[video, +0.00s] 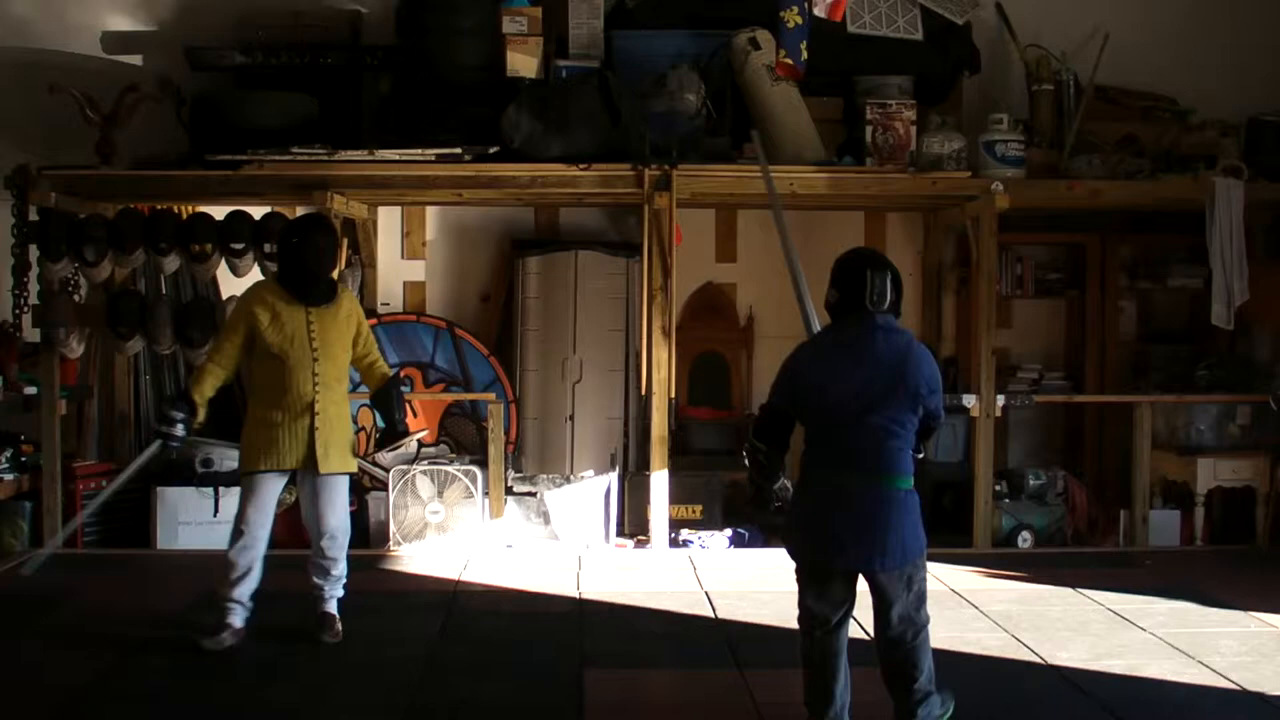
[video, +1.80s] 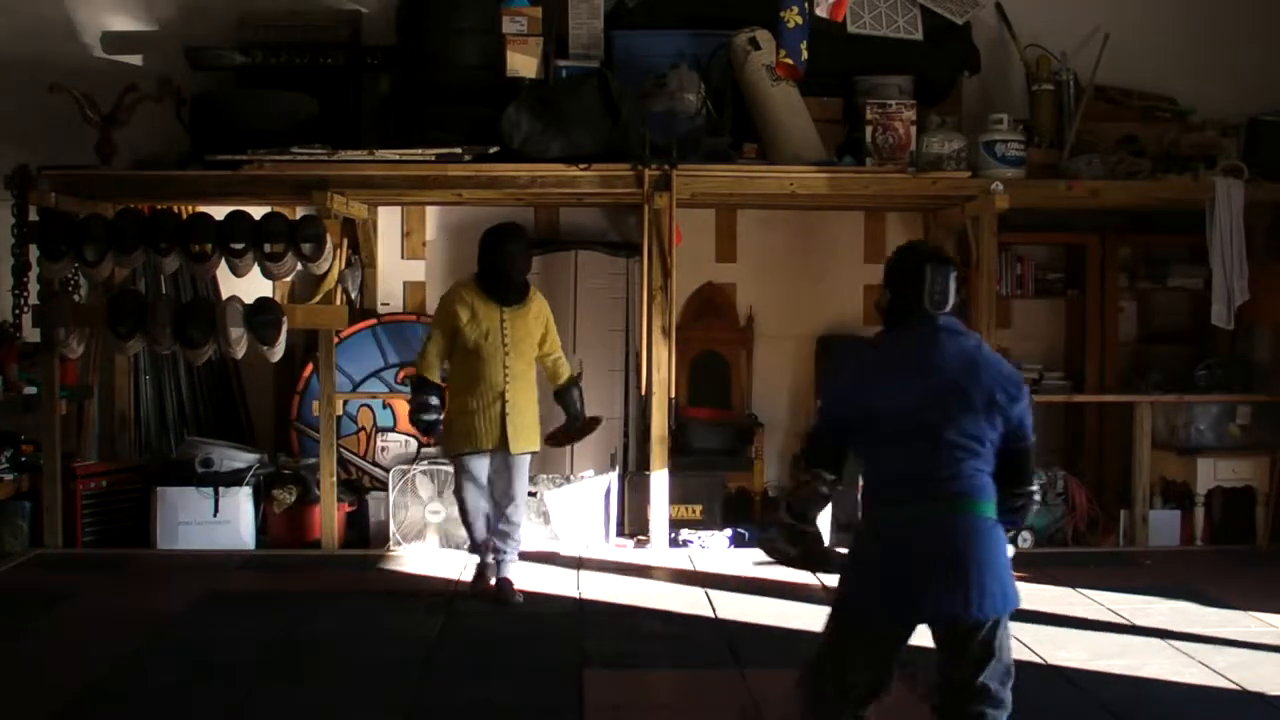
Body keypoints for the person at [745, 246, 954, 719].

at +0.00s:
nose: (828, 298)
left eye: (831, 290)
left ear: (835, 295)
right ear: (893, 297)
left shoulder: (808, 355)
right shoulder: (916, 357)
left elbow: (770, 433)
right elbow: (928, 426)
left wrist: (772, 488)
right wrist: (894, 451)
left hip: (821, 510)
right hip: (891, 513)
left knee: (823, 629)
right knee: (905, 627)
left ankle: (828, 713)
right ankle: (921, 710)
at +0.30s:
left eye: (816, 287)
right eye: (875, 287)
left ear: (815, 291)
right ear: (878, 291)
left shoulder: (792, 359)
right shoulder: (904, 357)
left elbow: (752, 441)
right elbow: (914, 433)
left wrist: (737, 500)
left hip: (806, 527)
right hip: (877, 531)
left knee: (814, 649)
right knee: (878, 648)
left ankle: (819, 711)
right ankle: (863, 710)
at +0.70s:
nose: (781, 287)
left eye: (786, 278)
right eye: (845, 281)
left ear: (787, 283)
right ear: (850, 288)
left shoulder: (757, 353)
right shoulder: (883, 358)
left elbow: (726, 453)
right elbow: (910, 462)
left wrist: (726, 511)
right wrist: (881, 518)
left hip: (775, 531)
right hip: (853, 536)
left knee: (758, 668)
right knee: (848, 670)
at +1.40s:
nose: (735, 294)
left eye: (740, 286)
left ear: (743, 291)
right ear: (812, 291)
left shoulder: (717, 363)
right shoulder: (855, 361)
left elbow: (676, 461)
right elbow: (892, 469)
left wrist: (677, 523)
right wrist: (884, 535)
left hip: (771, 545)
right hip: (856, 539)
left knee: (740, 692)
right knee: (901, 683)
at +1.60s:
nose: (803, 309)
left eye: (808, 299)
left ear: (815, 306)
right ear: (883, 306)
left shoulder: (786, 377)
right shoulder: (928, 381)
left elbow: (735, 486)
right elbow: (952, 501)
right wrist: (905, 543)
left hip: (820, 564)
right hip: (910, 564)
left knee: (768, 703)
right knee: (947, 705)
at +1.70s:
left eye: (856, 297)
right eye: (907, 296)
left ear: (857, 303)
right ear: (919, 302)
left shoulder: (834, 373)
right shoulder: (955, 370)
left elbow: (787, 468)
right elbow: (987, 483)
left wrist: (778, 547)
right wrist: (966, 549)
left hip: (861, 557)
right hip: (944, 558)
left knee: (795, 701)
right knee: (977, 704)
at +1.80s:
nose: (881, 299)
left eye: (886, 290)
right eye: (887, 289)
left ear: (890, 295)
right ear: (949, 296)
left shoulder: (862, 364)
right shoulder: (996, 372)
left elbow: (823, 463)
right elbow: (1018, 489)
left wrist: (798, 523)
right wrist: (988, 538)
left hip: (886, 554)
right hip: (970, 555)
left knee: (834, 695)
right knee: (981, 701)